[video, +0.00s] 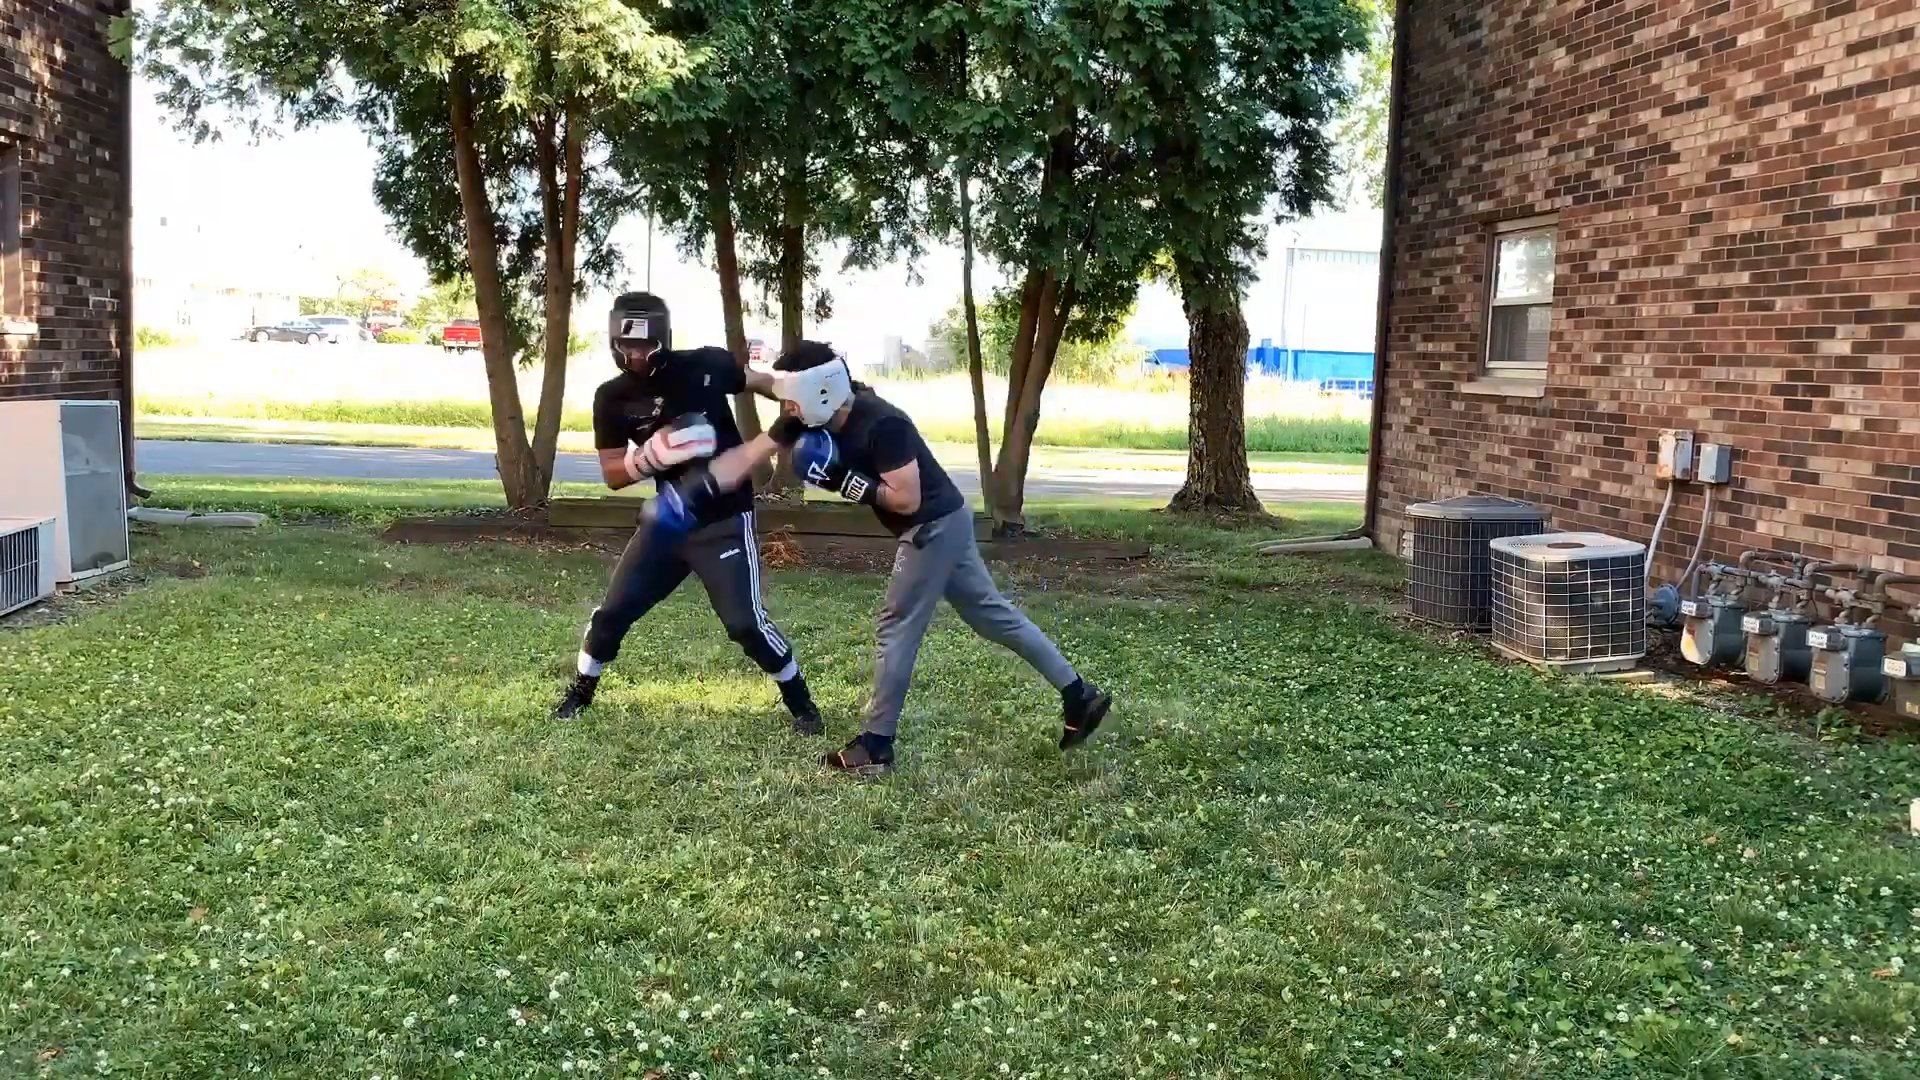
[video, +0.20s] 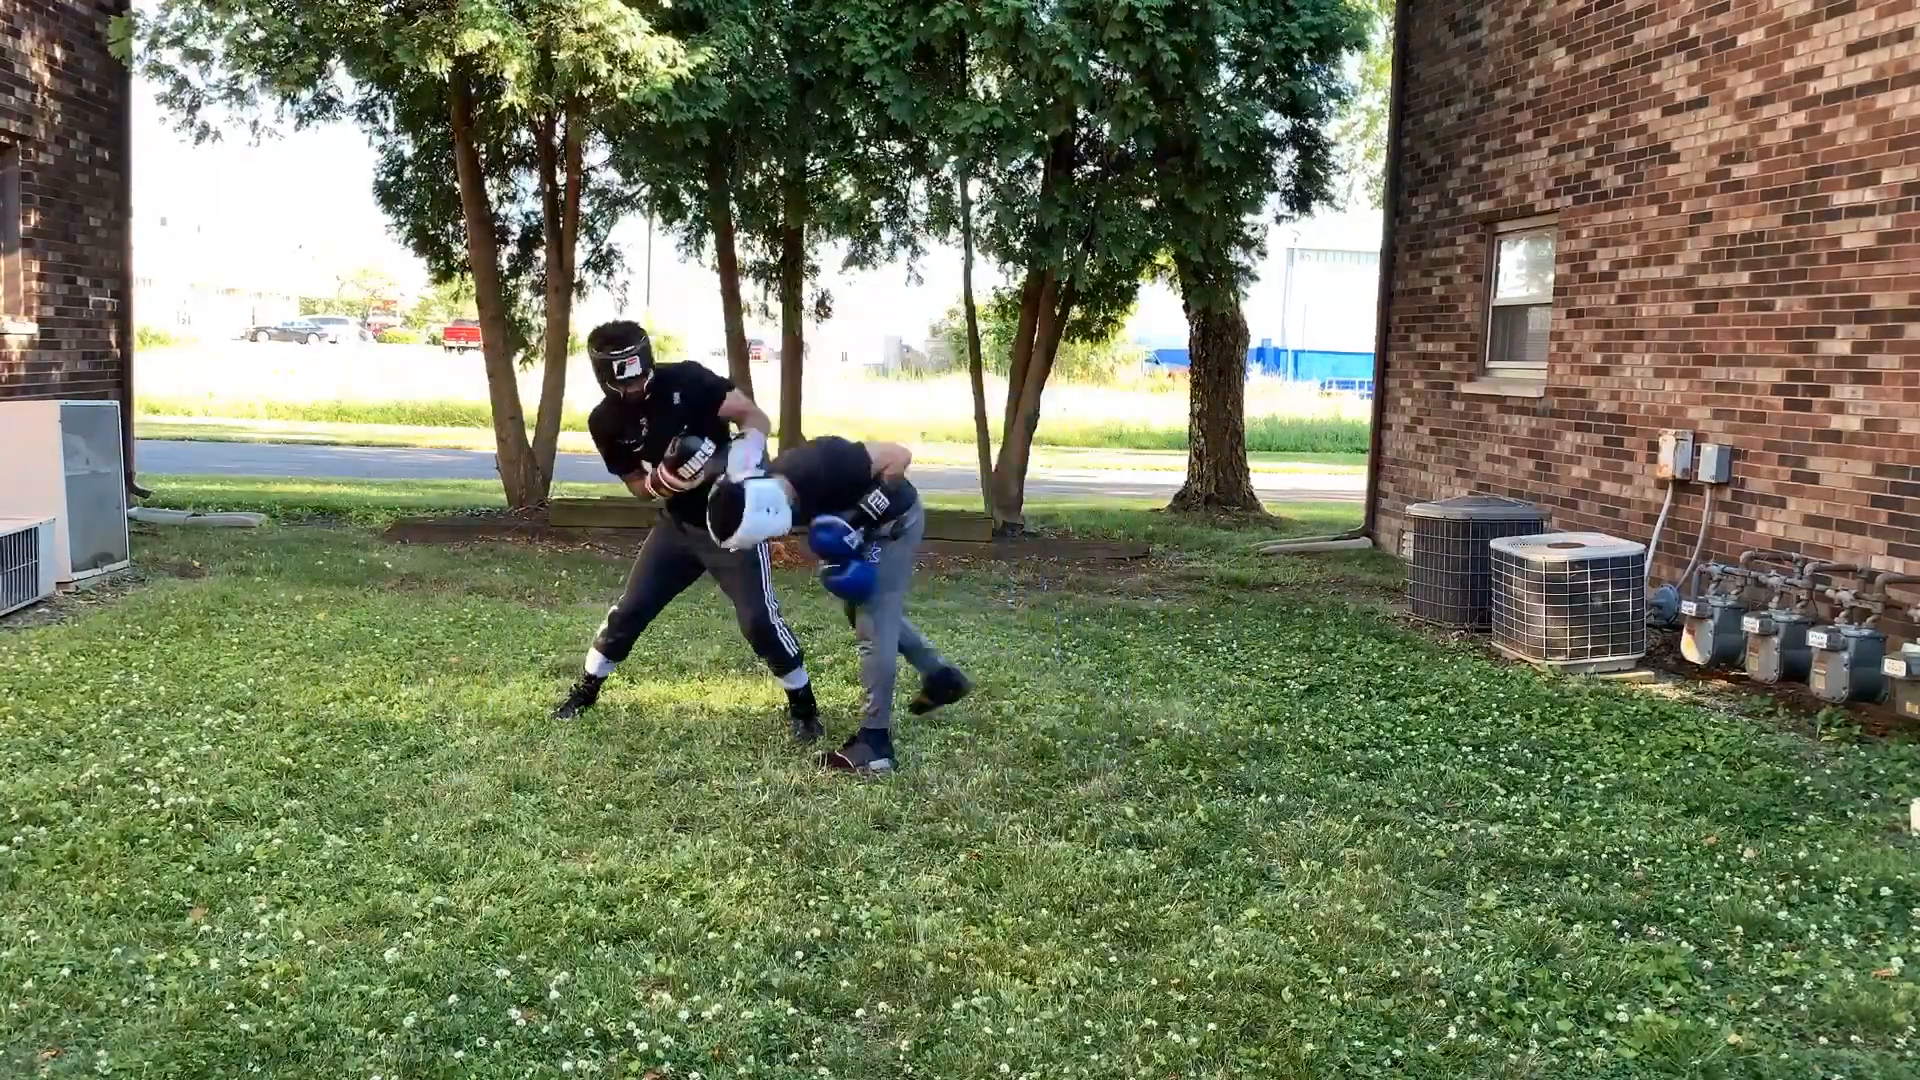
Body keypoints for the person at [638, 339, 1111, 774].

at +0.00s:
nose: (791, 413)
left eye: (797, 405)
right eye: (791, 405)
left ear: (825, 399)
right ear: (810, 398)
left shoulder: (883, 426)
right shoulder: (810, 416)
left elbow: (905, 502)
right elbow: (755, 451)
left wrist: (843, 478)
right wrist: (696, 488)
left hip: (933, 528)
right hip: (940, 521)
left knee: (897, 630)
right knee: (992, 614)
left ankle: (875, 746)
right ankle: (1079, 695)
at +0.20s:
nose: (774, 535)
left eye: (768, 530)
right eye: (767, 535)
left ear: (767, 508)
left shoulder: (825, 466)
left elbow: (900, 456)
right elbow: (808, 536)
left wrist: (862, 515)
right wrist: (826, 567)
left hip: (895, 519)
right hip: (853, 530)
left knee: (873, 625)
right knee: (870, 617)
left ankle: (874, 741)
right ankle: (941, 677)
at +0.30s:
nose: (757, 556)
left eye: (752, 554)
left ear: (748, 527)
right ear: (720, 520)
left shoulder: (805, 489)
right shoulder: (725, 505)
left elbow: (878, 474)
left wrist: (846, 537)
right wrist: (789, 548)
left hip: (863, 512)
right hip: (813, 522)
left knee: (856, 622)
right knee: (819, 613)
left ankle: (873, 742)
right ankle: (842, 690)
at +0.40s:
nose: (707, 535)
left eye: (705, 529)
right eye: (700, 532)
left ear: (716, 504)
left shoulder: (770, 470)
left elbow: (849, 476)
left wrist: (806, 538)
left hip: (836, 515)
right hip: (779, 522)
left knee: (814, 624)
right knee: (785, 621)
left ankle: (864, 731)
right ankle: (820, 695)